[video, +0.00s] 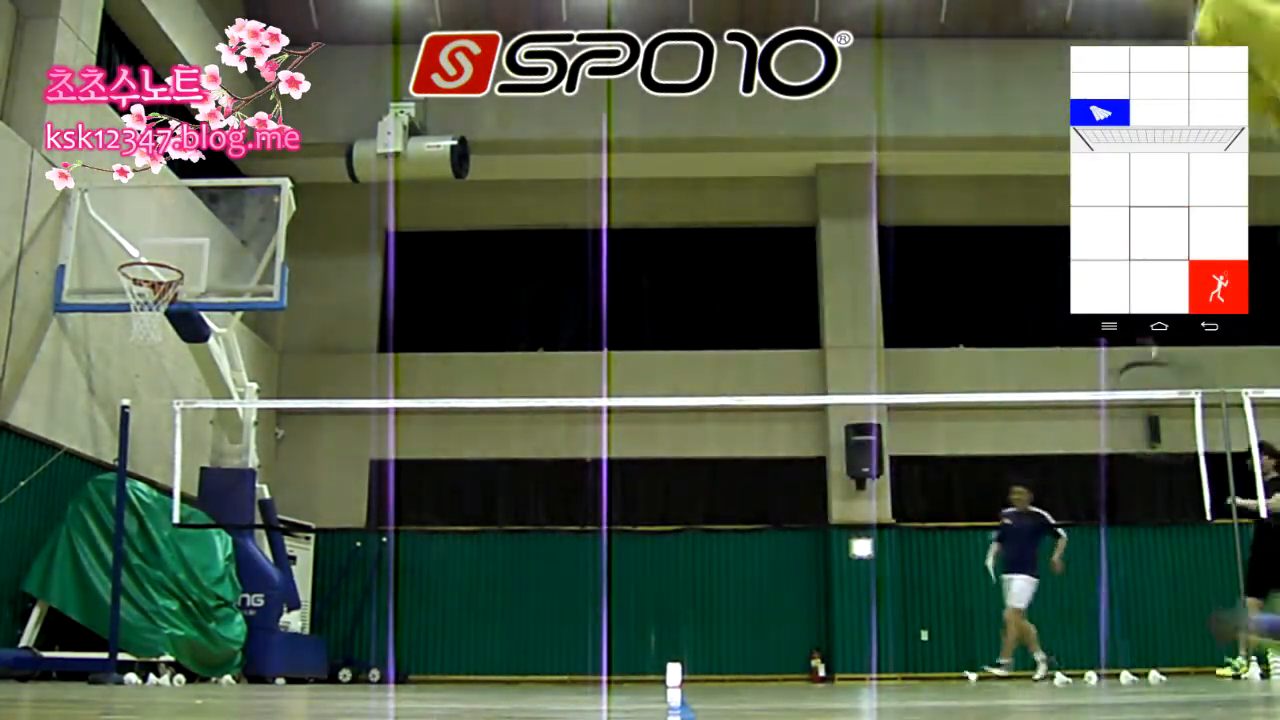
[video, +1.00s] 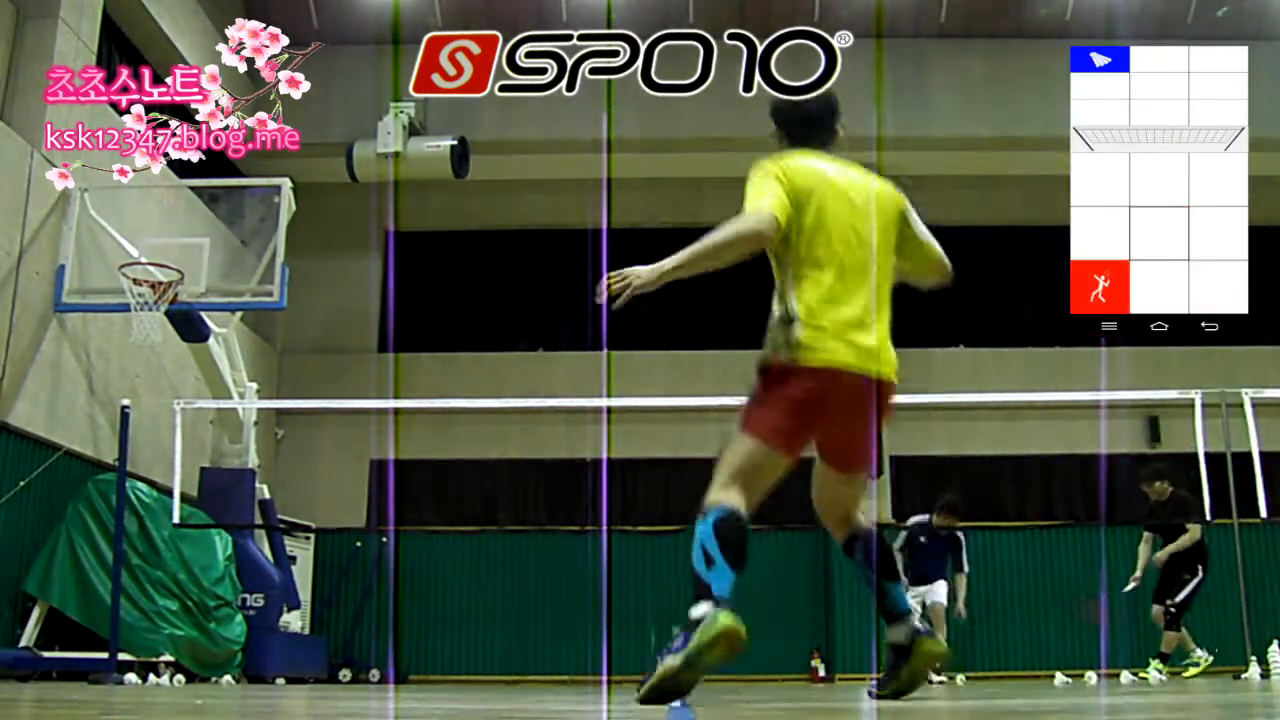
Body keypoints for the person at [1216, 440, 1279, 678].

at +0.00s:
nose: (1256, 465)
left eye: (1260, 460)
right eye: (1255, 460)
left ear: (1272, 461)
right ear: (1262, 462)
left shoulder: (1276, 483)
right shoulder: (1259, 484)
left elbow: (1275, 504)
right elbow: (1262, 508)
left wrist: (1244, 503)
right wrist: (1246, 505)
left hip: (1271, 549)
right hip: (1261, 549)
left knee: (1254, 602)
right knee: (1253, 602)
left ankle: (1246, 656)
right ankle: (1245, 656)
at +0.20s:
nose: (1221, 465)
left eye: (1225, 460)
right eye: (1220, 460)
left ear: (1237, 462)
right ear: (1233, 463)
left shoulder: (1247, 485)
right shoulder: (1228, 489)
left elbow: (1256, 513)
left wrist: (1228, 530)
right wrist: (1219, 536)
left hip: (1247, 551)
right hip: (1229, 551)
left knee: (1241, 600)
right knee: (1229, 602)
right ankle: (1241, 658)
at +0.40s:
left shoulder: (1233, 497)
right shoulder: (1201, 503)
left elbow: (1244, 522)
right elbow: (1192, 530)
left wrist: (1237, 544)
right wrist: (1179, 560)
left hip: (1231, 558)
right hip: (1212, 560)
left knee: (1208, 600)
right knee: (1228, 609)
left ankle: (1213, 657)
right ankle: (1241, 660)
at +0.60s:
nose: (1175, 485)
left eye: (1176, 480)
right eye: (1173, 482)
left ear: (1187, 473)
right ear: (1179, 478)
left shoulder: (1209, 492)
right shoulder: (1182, 501)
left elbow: (1229, 518)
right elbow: (1168, 531)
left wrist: (1221, 549)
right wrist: (1151, 561)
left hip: (1210, 564)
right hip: (1193, 566)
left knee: (1182, 606)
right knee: (1207, 618)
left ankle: (1166, 660)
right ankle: (1239, 659)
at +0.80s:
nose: (1151, 496)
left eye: (1153, 491)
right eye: (1149, 493)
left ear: (1166, 487)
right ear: (1150, 492)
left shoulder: (1185, 504)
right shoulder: (1158, 511)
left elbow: (1202, 534)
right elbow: (1149, 543)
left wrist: (1186, 562)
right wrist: (1136, 569)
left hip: (1197, 567)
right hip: (1176, 568)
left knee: (1172, 611)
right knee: (1168, 617)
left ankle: (1159, 666)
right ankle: (1211, 647)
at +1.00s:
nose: (1148, 492)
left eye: (1150, 487)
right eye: (1145, 488)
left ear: (1163, 483)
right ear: (1147, 487)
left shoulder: (1185, 501)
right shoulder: (1155, 508)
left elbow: (1195, 533)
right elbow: (1146, 541)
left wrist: (1166, 551)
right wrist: (1139, 571)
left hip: (1193, 561)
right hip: (1172, 561)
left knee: (1173, 610)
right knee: (1158, 613)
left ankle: (1160, 664)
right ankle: (1197, 654)